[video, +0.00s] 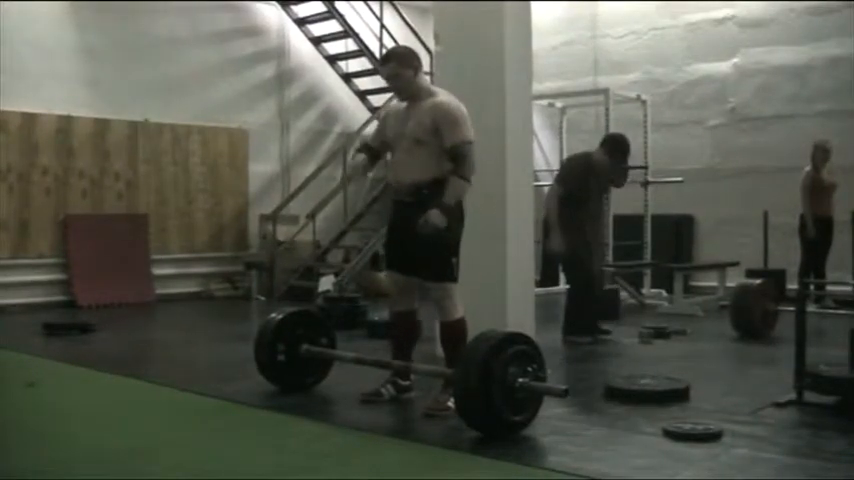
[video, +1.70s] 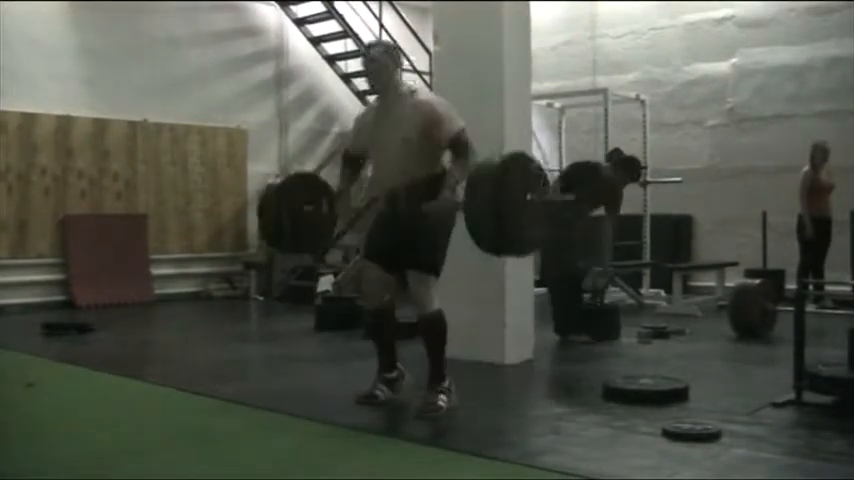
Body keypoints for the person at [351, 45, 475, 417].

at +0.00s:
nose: (391, 85)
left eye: (395, 77)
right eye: (387, 79)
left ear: (415, 70)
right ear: (388, 78)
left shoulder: (446, 108)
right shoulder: (393, 113)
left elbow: (465, 164)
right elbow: (375, 149)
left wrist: (445, 208)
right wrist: (365, 158)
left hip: (438, 202)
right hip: (402, 203)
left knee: (444, 296)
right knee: (401, 293)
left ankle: (453, 386)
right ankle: (400, 379)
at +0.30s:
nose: (375, 94)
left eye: (378, 85)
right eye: (370, 88)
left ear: (396, 75)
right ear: (371, 87)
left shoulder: (436, 111)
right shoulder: (382, 122)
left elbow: (463, 160)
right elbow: (368, 169)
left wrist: (463, 214)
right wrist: (357, 211)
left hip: (438, 202)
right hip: (401, 204)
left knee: (441, 295)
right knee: (394, 291)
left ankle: (453, 387)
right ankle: (398, 380)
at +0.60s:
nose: (344, 144)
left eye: (345, 136)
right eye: (340, 138)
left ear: (361, 125)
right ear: (344, 135)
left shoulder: (413, 147)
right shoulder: (365, 161)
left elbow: (439, 207)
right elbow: (358, 215)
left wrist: (449, 258)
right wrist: (354, 264)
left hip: (444, 223)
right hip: (406, 228)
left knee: (434, 299)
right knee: (391, 294)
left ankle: (450, 387)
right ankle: (399, 379)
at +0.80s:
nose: (345, 201)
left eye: (346, 194)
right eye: (341, 196)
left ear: (361, 185)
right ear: (341, 193)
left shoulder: (412, 208)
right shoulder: (355, 207)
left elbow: (433, 264)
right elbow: (350, 262)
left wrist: (442, 316)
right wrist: (342, 318)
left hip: (449, 256)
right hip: (404, 258)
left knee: (415, 314)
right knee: (373, 305)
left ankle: (446, 387)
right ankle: (398, 380)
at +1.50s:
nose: (332, 158)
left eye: (336, 150)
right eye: (330, 151)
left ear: (357, 146)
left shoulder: (394, 166)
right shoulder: (355, 177)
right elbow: (355, 224)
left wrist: (447, 270)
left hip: (441, 221)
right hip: (404, 230)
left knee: (430, 302)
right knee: (386, 300)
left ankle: (443, 388)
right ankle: (396, 379)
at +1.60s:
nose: (349, 102)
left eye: (356, 95)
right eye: (348, 96)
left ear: (376, 95)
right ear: (355, 99)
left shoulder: (410, 128)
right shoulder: (360, 139)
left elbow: (455, 169)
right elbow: (351, 187)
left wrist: (451, 221)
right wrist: (345, 226)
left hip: (428, 223)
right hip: (391, 225)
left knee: (424, 301)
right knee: (376, 296)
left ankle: (441, 387)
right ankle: (394, 381)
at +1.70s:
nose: (368, 71)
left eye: (375, 64)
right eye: (365, 65)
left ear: (395, 63)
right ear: (366, 71)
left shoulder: (427, 107)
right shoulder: (368, 118)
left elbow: (464, 151)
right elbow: (351, 162)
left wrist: (450, 189)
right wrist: (341, 199)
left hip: (429, 209)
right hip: (388, 212)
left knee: (420, 292)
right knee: (374, 290)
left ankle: (439, 384)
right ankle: (389, 375)